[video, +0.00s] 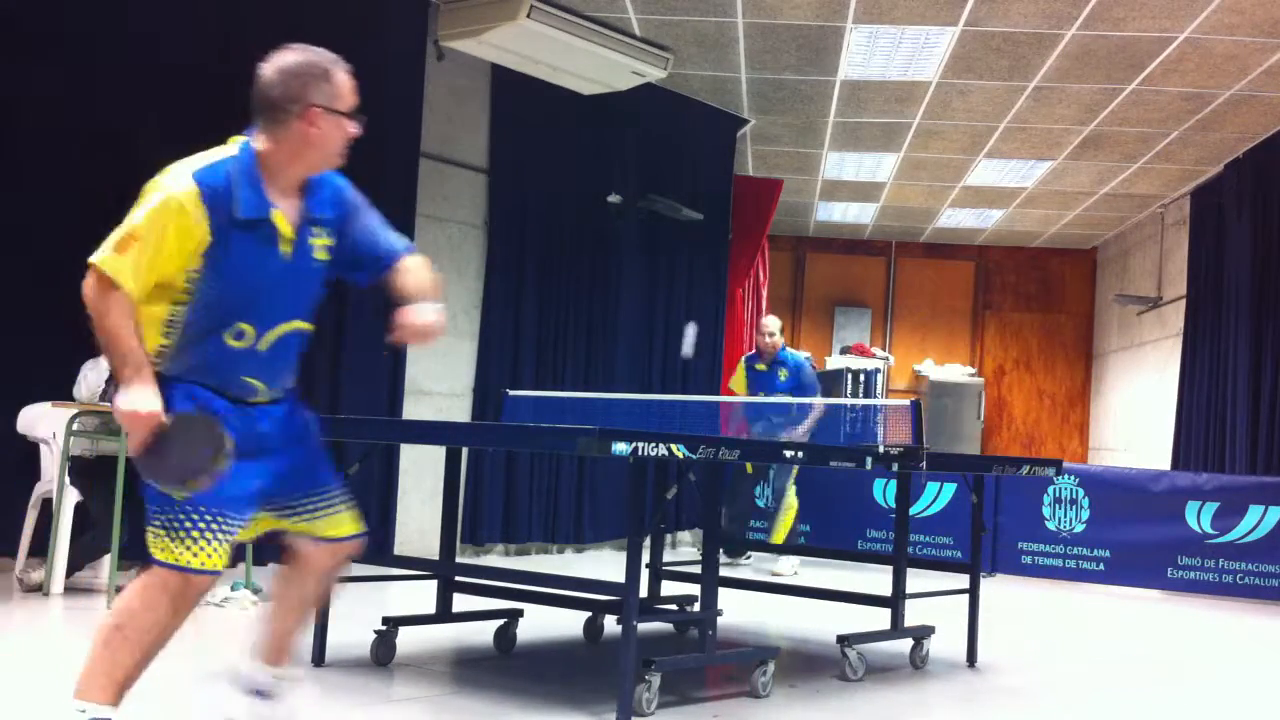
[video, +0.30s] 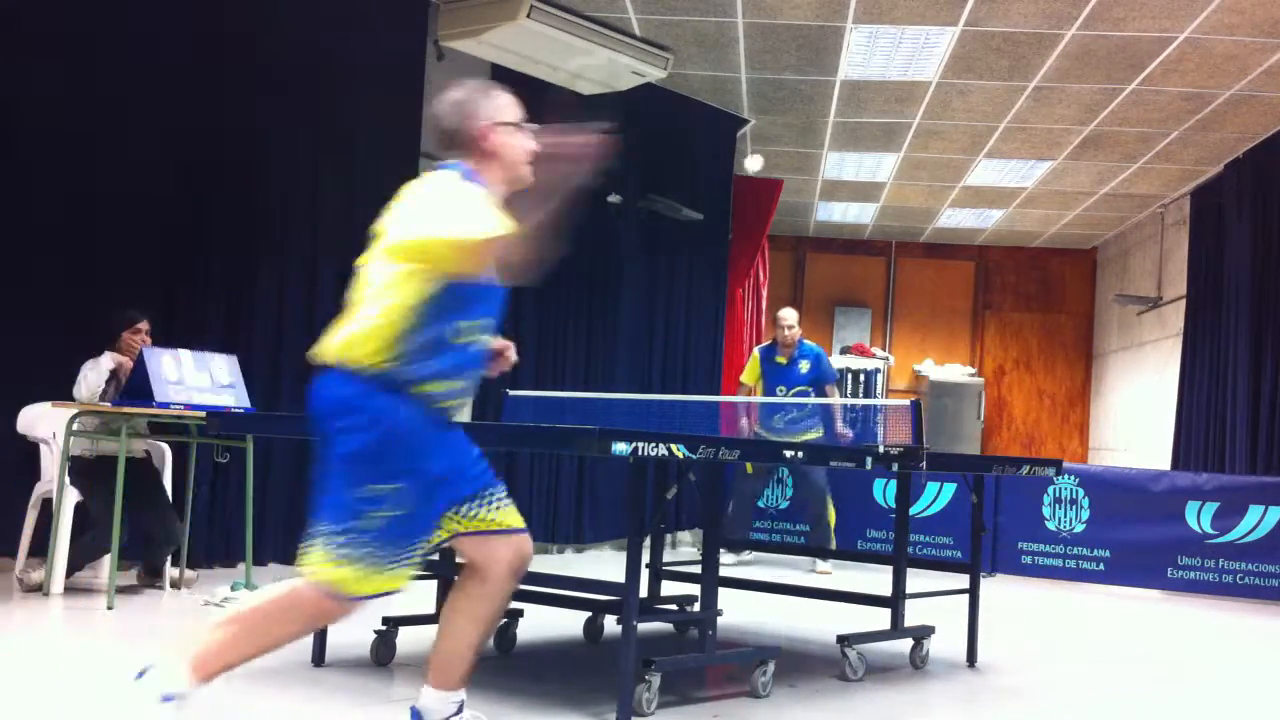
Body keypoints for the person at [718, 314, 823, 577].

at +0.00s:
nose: (767, 340)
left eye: (772, 335)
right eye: (762, 334)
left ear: (781, 337)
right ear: (755, 337)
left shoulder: (798, 364)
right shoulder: (747, 363)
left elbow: (818, 404)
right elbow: (737, 400)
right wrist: (740, 429)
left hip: (789, 435)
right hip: (757, 433)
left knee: (782, 490)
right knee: (740, 487)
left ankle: (787, 553)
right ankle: (735, 549)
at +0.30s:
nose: (787, 333)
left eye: (791, 328)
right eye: (782, 328)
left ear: (800, 328)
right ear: (775, 329)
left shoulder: (815, 353)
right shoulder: (761, 354)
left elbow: (831, 391)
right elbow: (744, 389)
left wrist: (837, 424)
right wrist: (743, 419)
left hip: (808, 437)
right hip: (766, 435)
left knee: (818, 490)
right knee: (746, 486)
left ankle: (823, 554)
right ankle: (737, 546)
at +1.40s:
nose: (967, 386)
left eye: (970, 381)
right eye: (968, 380)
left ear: (956, 371)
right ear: (957, 372)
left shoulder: (932, 374)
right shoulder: (931, 384)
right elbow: (903, 423)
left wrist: (910, 468)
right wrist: (911, 469)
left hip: (878, 427)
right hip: (877, 428)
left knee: (892, 494)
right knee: (890, 494)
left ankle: (865, 549)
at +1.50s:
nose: (979, 384)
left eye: (981, 379)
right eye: (979, 378)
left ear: (963, 371)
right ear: (965, 373)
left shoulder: (940, 376)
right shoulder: (936, 381)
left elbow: (913, 423)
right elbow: (904, 417)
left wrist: (923, 467)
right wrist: (914, 465)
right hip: (888, 437)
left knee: (895, 505)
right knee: (904, 508)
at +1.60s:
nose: (981, 388)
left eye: (984, 383)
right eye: (983, 382)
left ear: (969, 372)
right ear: (972, 375)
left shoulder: (945, 380)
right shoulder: (940, 384)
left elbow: (924, 431)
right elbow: (915, 427)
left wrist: (936, 467)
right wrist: (930, 466)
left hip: (900, 442)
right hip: (897, 443)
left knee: (916, 501)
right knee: (922, 502)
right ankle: (910, 573)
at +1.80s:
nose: (992, 389)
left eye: (996, 385)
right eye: (996, 384)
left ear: (983, 367)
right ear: (990, 375)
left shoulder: (959, 371)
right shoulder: (960, 379)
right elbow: (933, 421)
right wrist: (946, 467)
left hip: (905, 435)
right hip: (908, 438)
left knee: (925, 498)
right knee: (926, 498)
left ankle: (912, 570)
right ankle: (912, 572)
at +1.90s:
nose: (999, 389)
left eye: (1002, 385)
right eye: (1002, 384)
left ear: (987, 365)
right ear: (998, 376)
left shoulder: (962, 368)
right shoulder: (970, 380)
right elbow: (943, 419)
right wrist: (945, 465)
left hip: (908, 430)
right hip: (916, 435)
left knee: (924, 497)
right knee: (927, 497)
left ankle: (912, 568)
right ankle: (913, 571)